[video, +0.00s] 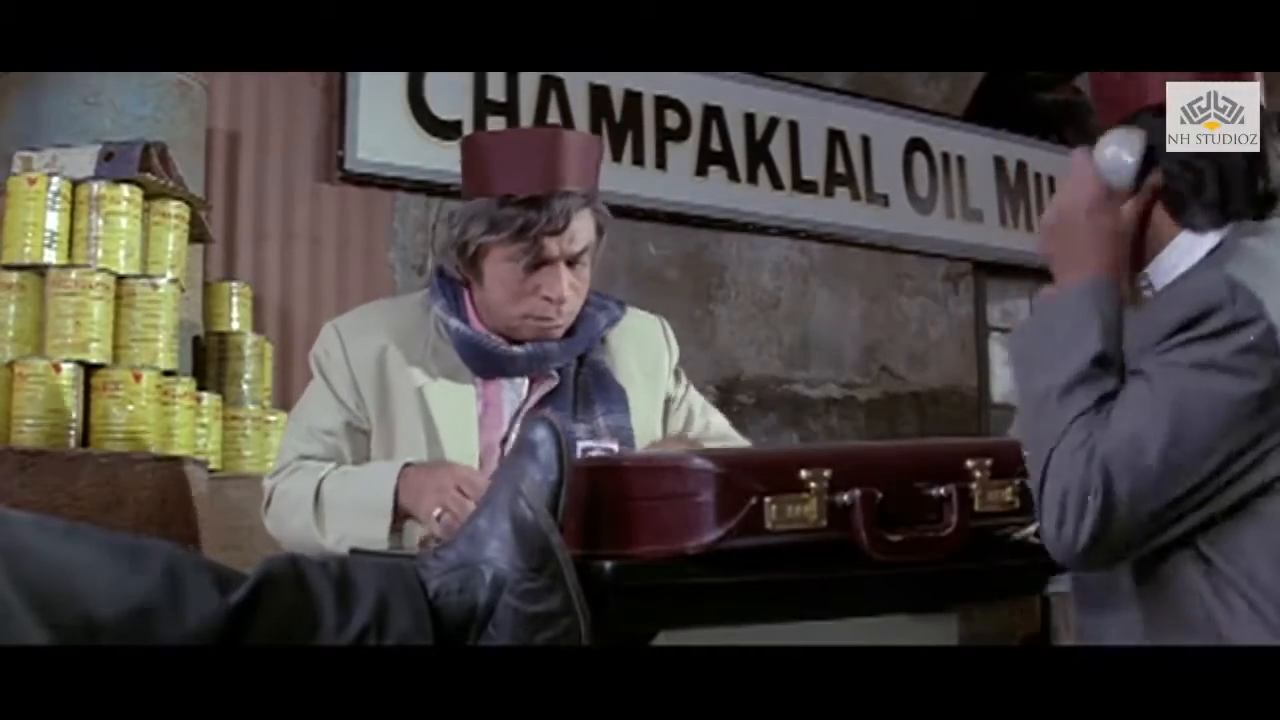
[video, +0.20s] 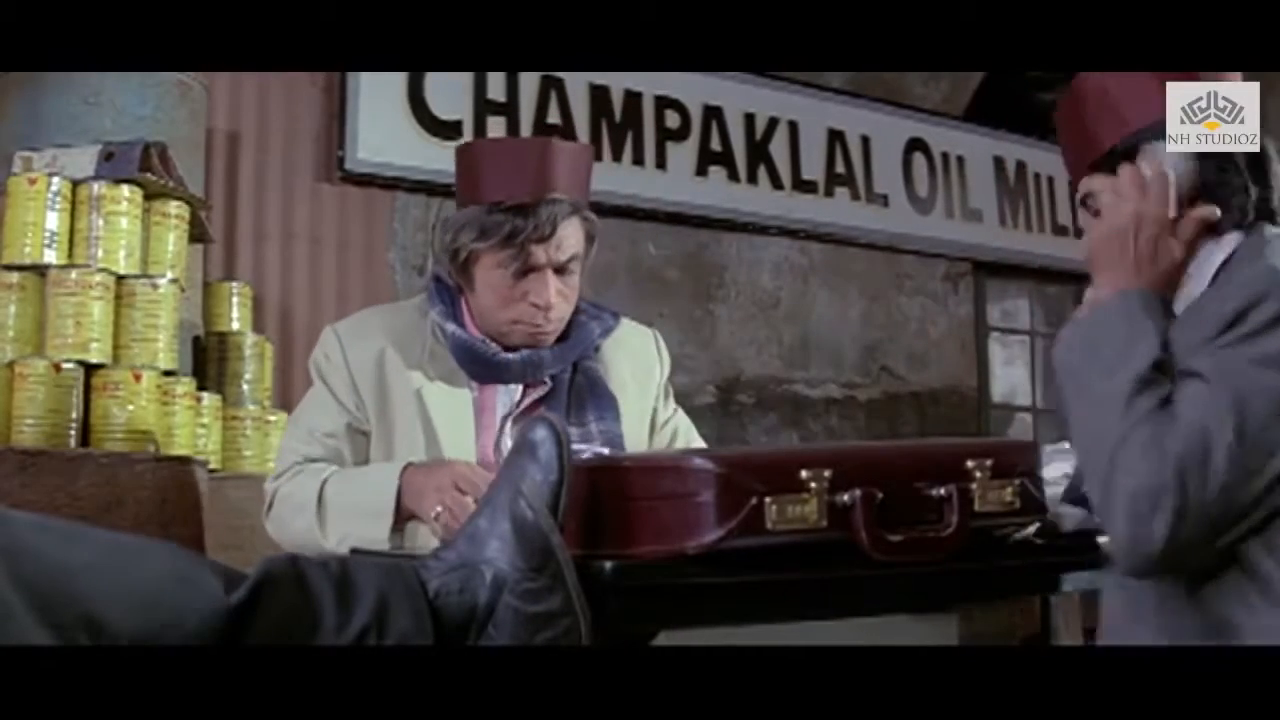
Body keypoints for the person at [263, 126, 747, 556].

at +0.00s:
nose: (559, 290)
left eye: (577, 261)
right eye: (531, 264)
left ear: (594, 251)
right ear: (467, 254)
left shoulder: (640, 347)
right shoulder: (361, 350)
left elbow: (733, 466)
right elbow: (289, 500)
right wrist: (399, 487)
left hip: (600, 622)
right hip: (422, 628)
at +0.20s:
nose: (547, 297)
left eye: (564, 269)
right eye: (521, 271)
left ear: (584, 264)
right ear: (461, 262)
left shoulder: (633, 357)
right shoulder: (360, 353)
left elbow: (697, 486)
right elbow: (289, 503)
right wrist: (403, 487)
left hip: (587, 621)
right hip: (412, 625)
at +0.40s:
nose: (537, 303)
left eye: (558, 276)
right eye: (511, 276)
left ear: (580, 268)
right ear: (457, 263)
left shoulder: (632, 356)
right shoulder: (360, 356)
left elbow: (697, 487)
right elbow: (291, 506)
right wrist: (405, 489)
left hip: (584, 622)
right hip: (410, 626)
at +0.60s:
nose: (530, 306)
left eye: (551, 278)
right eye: (504, 278)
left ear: (574, 267)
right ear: (450, 265)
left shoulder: (630, 355)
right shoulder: (359, 356)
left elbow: (696, 487)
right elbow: (294, 510)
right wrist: (406, 483)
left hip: (588, 622)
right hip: (416, 627)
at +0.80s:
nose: (526, 310)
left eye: (548, 282)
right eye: (500, 283)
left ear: (571, 270)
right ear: (447, 269)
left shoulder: (626, 354)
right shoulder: (357, 358)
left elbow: (690, 473)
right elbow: (293, 509)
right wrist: (416, 487)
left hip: (584, 620)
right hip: (410, 625)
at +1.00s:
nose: (535, 313)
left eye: (556, 284)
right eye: (509, 284)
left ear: (579, 274)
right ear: (457, 271)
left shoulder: (635, 358)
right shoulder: (360, 358)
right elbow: (295, 508)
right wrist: (419, 504)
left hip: (576, 625)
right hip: (411, 629)